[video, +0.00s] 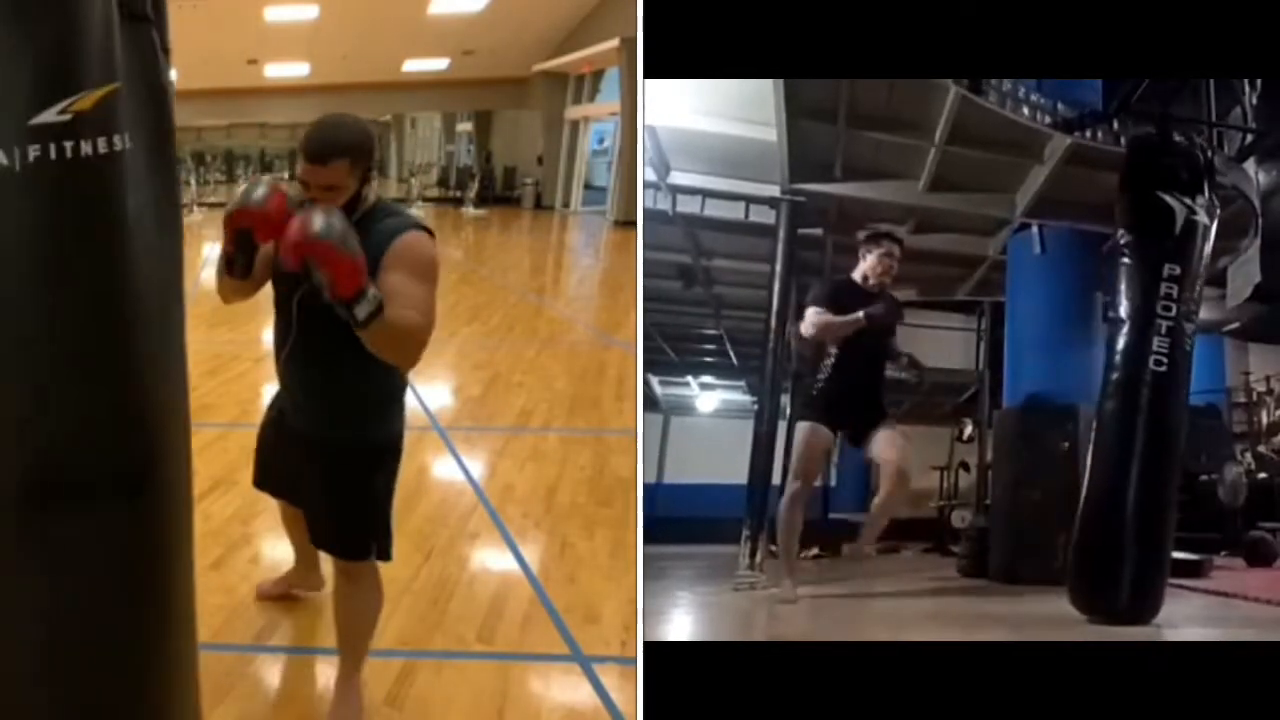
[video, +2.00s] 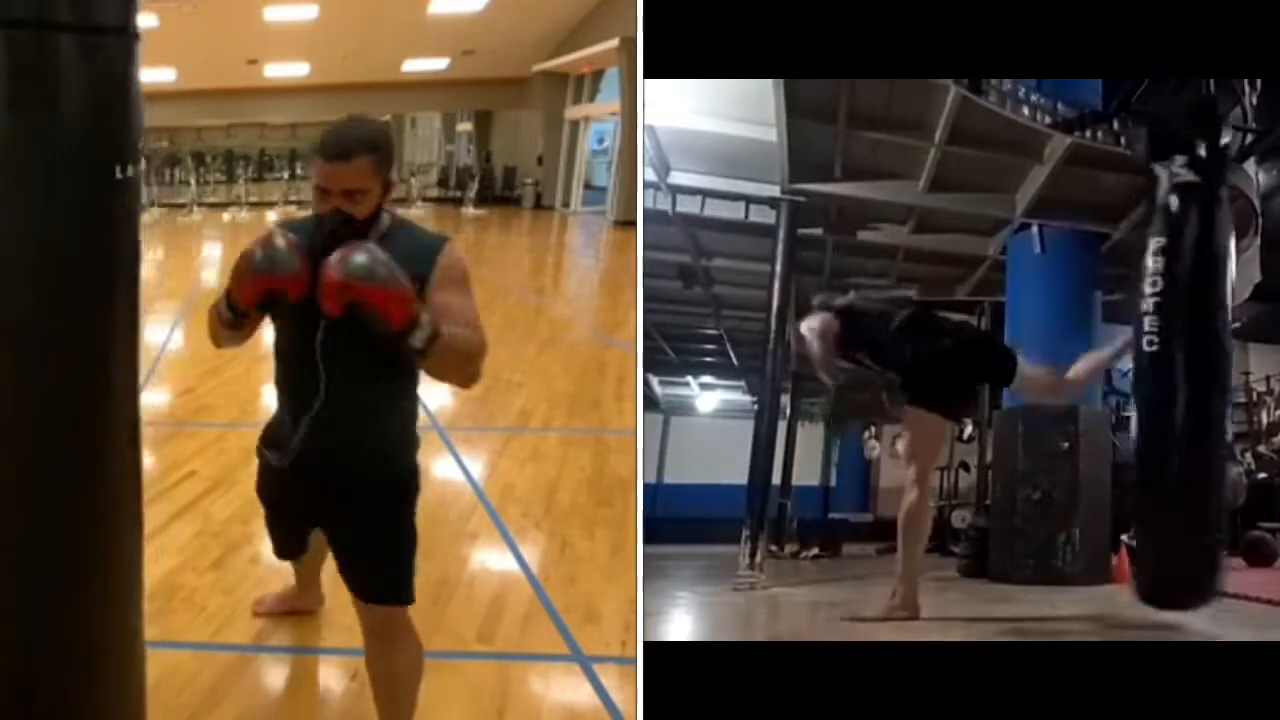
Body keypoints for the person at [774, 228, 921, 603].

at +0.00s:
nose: (889, 264)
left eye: (894, 260)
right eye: (884, 256)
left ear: (896, 268)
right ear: (863, 257)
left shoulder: (889, 306)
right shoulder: (833, 289)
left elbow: (881, 343)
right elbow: (812, 327)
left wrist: (908, 361)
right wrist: (864, 318)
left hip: (867, 406)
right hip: (825, 402)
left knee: (897, 459)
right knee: (799, 483)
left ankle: (865, 546)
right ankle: (788, 576)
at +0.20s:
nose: (901, 268)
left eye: (906, 263)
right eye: (896, 260)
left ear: (907, 270)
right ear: (875, 258)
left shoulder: (901, 304)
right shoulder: (843, 291)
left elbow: (908, 338)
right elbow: (806, 331)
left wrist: (922, 358)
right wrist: (856, 334)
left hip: (879, 400)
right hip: (836, 398)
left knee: (908, 477)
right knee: (805, 485)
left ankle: (921, 573)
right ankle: (787, 578)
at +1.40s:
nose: (869, 253)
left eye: (876, 248)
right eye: (863, 246)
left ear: (886, 256)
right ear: (846, 251)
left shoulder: (896, 295)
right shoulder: (817, 293)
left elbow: (932, 346)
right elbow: (777, 344)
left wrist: (945, 372)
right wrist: (792, 337)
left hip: (875, 404)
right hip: (827, 405)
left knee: (870, 480)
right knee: (787, 495)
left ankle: (888, 596)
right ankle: (795, 591)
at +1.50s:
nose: (834, 236)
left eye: (842, 228)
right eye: (830, 228)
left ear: (864, 229)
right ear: (828, 231)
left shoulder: (881, 269)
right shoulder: (850, 277)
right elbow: (860, 338)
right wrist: (819, 338)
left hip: (892, 380)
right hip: (859, 381)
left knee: (860, 469)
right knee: (822, 474)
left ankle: (899, 579)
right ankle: (806, 574)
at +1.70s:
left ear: (832, 257)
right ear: (875, 253)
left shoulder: (822, 275)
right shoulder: (891, 271)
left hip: (902, 362)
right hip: (944, 350)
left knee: (892, 485)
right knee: (932, 403)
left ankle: (902, 597)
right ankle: (1022, 408)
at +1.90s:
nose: (797, 347)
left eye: (794, 339)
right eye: (792, 342)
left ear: (798, 326)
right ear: (809, 315)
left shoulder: (822, 321)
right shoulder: (849, 313)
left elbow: (789, 316)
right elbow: (906, 301)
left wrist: (789, 322)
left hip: (920, 364)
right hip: (951, 335)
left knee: (917, 483)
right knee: (1062, 348)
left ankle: (906, 597)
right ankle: (1146, 327)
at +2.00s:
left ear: (817, 318)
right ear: (834, 304)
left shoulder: (828, 318)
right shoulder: (869, 308)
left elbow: (812, 330)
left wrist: (823, 365)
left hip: (930, 367)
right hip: (966, 341)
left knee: (918, 484)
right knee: (1063, 387)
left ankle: (906, 597)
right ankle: (1123, 345)